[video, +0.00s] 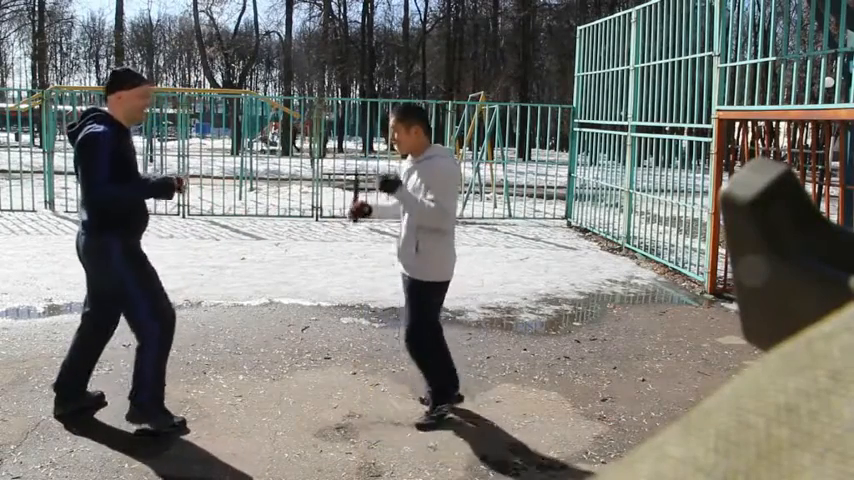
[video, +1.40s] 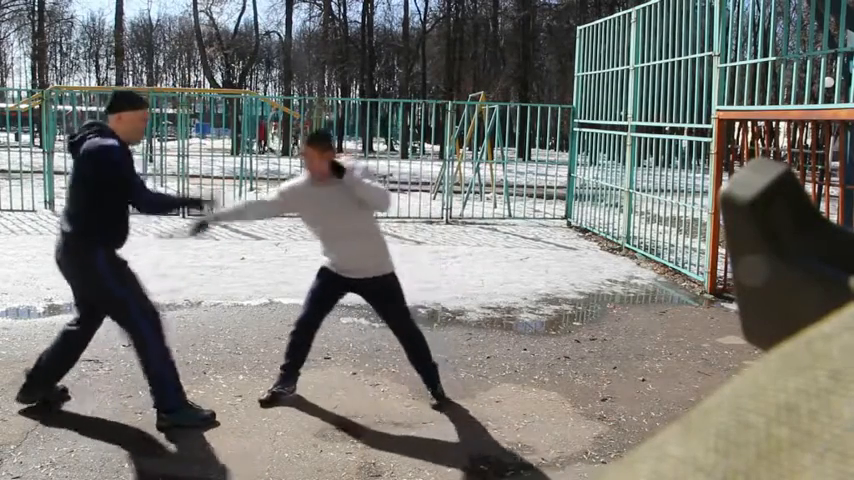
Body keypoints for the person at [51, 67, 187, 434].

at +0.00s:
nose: (148, 106)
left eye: (149, 99)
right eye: (143, 98)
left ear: (121, 99)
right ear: (119, 97)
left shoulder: (110, 131)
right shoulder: (100, 134)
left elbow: (118, 184)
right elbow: (104, 193)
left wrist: (160, 186)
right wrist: (158, 188)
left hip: (103, 244)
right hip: (112, 247)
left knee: (99, 320)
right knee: (158, 319)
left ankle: (70, 397)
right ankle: (147, 406)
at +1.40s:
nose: (145, 127)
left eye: (146, 120)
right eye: (142, 119)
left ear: (118, 118)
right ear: (120, 118)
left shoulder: (96, 145)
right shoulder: (111, 152)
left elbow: (137, 197)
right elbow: (143, 200)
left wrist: (179, 204)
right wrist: (188, 203)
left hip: (76, 252)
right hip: (94, 256)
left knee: (88, 319)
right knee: (145, 321)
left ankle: (37, 385)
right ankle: (173, 408)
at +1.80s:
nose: (133, 139)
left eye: (135, 133)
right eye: (130, 131)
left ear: (106, 127)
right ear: (107, 126)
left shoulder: (93, 155)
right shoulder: (88, 161)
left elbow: (118, 213)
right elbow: (119, 219)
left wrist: (155, 226)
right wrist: (164, 231)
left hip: (52, 254)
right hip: (62, 258)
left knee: (55, 321)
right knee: (115, 322)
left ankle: (5, 382)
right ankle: (134, 409)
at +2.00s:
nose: (105, 116)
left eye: (106, 109)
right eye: (100, 108)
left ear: (82, 108)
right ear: (77, 106)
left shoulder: (71, 137)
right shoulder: (57, 140)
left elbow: (73, 188)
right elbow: (66, 195)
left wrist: (105, 171)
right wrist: (107, 171)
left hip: (54, 246)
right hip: (58, 249)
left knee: (40, 319)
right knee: (102, 316)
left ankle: (6, 383)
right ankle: (116, 404)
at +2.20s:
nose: (92, 103)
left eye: (92, 96)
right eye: (86, 96)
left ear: (64, 99)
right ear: (62, 97)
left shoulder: (57, 131)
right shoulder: (50, 133)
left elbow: (63, 185)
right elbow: (64, 186)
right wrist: (114, 180)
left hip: (51, 239)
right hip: (60, 242)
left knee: (57, 310)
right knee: (102, 314)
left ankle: (7, 377)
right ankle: (100, 400)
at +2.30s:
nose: (89, 105)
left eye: (88, 98)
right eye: (82, 99)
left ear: (58, 103)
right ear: (58, 102)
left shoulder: (56, 134)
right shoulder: (46, 138)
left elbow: (60, 188)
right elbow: (61, 190)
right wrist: (106, 174)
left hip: (51, 243)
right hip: (59, 245)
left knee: (55, 313)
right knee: (108, 315)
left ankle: (10, 379)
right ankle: (101, 399)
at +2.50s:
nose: (89, 100)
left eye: (87, 93)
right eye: (82, 93)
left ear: (60, 97)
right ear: (57, 96)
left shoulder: (52, 129)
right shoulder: (49, 132)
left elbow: (62, 183)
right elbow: (62, 186)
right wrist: (109, 176)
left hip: (52, 237)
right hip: (65, 240)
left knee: (47, 311)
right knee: (105, 312)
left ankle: (7, 378)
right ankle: (118, 400)